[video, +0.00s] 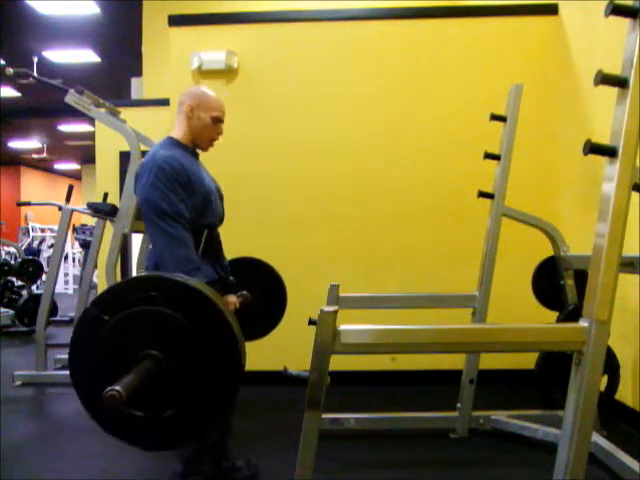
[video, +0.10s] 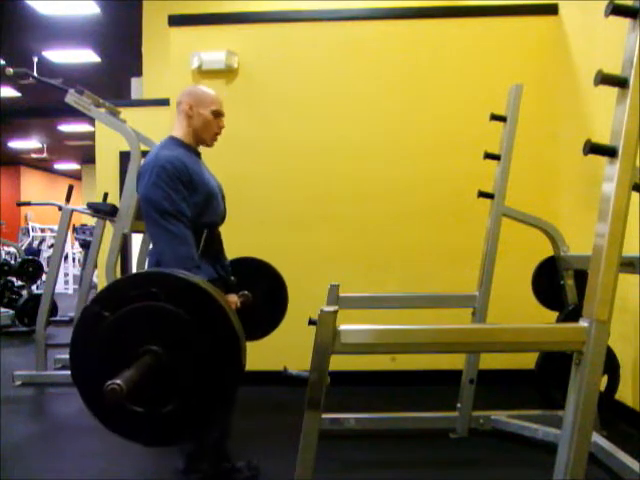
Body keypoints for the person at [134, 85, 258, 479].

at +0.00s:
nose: (221, 131)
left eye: (222, 123)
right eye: (216, 121)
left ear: (192, 115)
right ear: (190, 114)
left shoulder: (187, 161)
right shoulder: (163, 163)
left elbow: (203, 240)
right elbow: (173, 247)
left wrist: (227, 284)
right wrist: (214, 295)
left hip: (200, 296)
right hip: (180, 300)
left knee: (216, 377)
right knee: (201, 380)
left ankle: (212, 459)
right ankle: (203, 462)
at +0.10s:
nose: (222, 125)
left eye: (222, 117)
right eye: (216, 115)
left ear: (191, 112)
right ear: (188, 111)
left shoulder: (188, 160)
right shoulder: (166, 162)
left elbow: (205, 241)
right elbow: (174, 249)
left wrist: (229, 284)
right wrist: (217, 294)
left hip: (202, 297)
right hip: (183, 300)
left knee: (217, 378)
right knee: (205, 380)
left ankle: (212, 459)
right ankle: (204, 462)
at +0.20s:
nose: (222, 119)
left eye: (222, 111)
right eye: (215, 109)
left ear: (192, 110)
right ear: (187, 109)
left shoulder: (191, 159)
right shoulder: (167, 161)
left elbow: (207, 238)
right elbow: (176, 247)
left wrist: (229, 284)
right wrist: (217, 293)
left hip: (202, 295)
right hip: (183, 299)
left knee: (213, 377)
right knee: (204, 379)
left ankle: (208, 457)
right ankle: (207, 461)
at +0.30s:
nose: (221, 116)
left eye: (220, 108)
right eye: (213, 107)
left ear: (189, 109)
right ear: (185, 108)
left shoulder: (190, 159)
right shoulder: (166, 161)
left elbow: (206, 238)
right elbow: (175, 247)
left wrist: (229, 285)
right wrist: (216, 295)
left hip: (202, 295)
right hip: (183, 299)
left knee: (213, 378)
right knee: (204, 380)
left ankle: (208, 459)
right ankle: (206, 462)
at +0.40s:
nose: (219, 115)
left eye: (217, 107)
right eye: (210, 106)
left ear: (186, 110)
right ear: (182, 109)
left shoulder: (187, 159)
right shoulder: (164, 162)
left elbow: (205, 238)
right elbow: (174, 246)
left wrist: (229, 286)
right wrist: (217, 294)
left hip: (200, 294)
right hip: (182, 299)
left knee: (212, 376)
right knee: (206, 378)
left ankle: (206, 458)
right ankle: (207, 461)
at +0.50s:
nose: (215, 113)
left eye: (214, 106)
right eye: (207, 105)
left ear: (182, 109)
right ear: (179, 108)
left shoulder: (185, 160)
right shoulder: (163, 162)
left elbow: (205, 238)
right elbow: (173, 246)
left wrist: (229, 285)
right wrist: (216, 293)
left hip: (199, 293)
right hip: (181, 298)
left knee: (211, 375)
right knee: (207, 377)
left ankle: (204, 457)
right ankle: (208, 462)